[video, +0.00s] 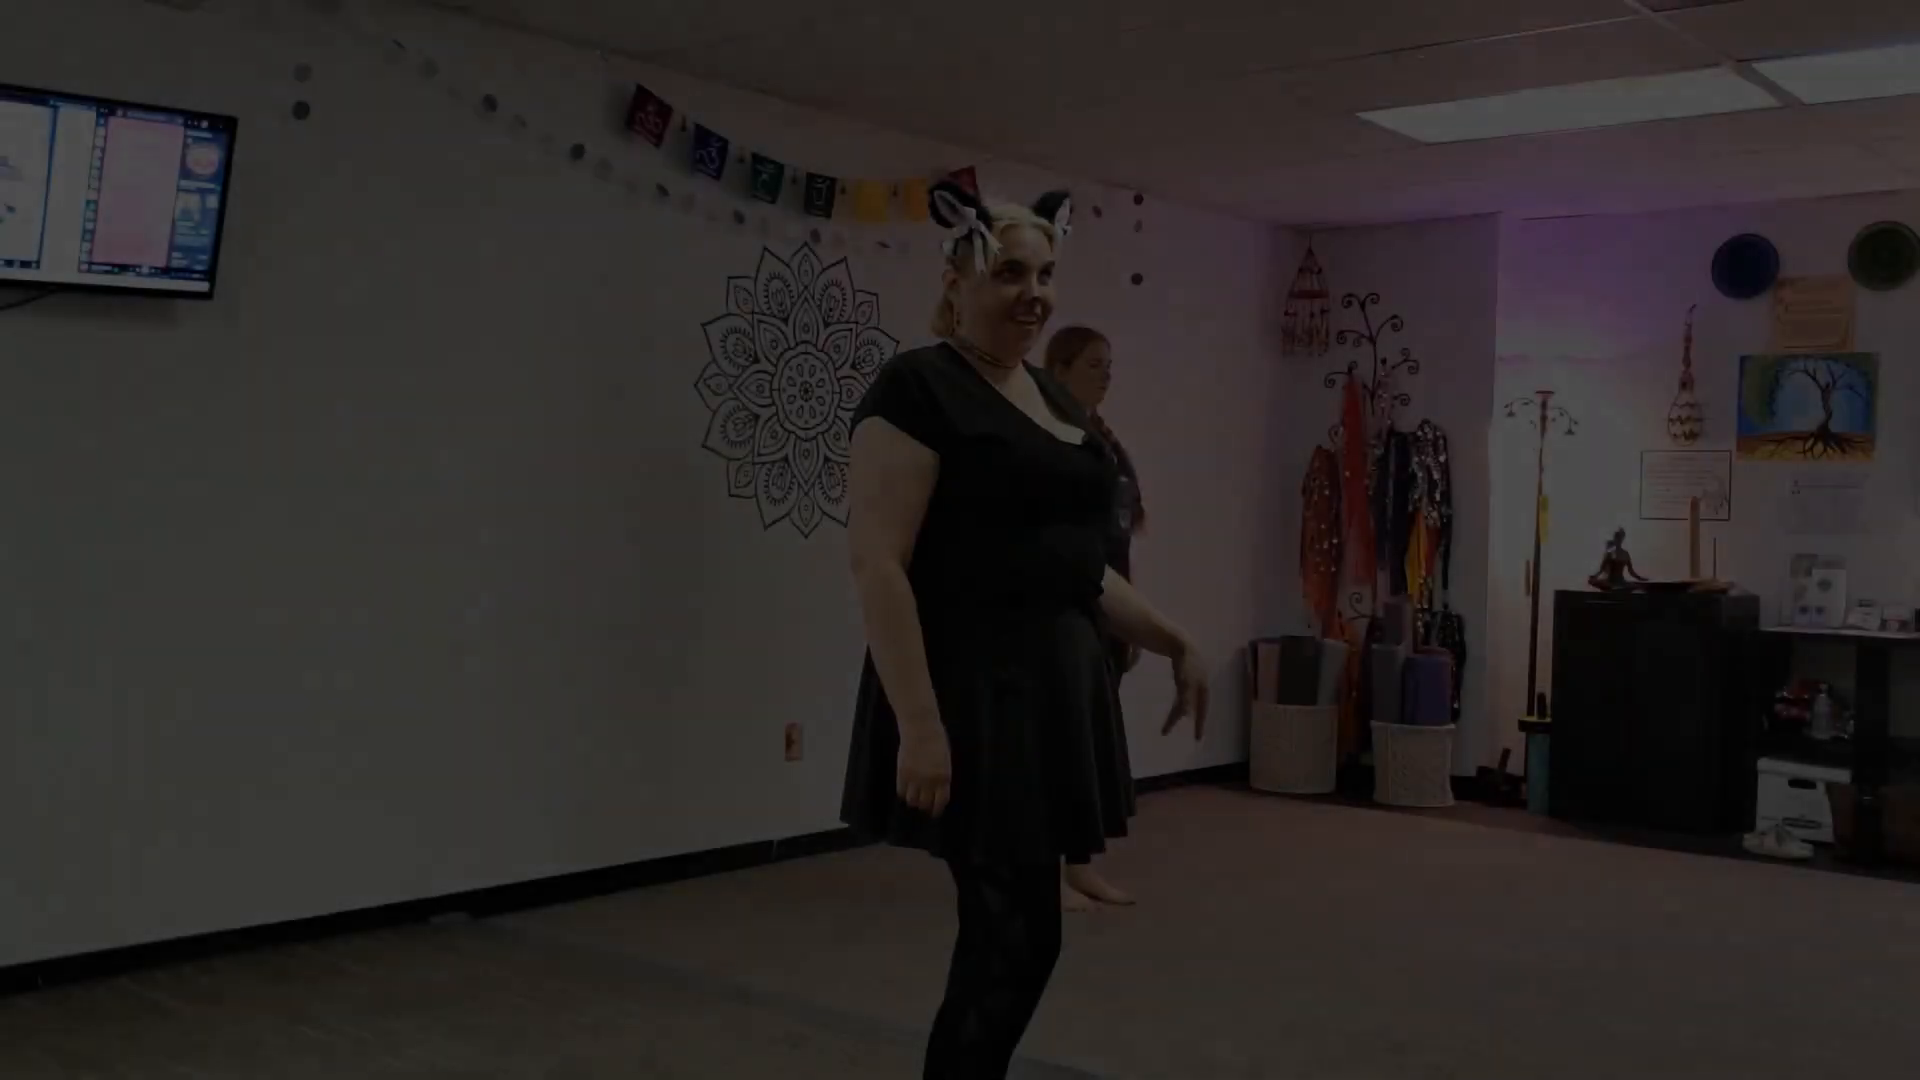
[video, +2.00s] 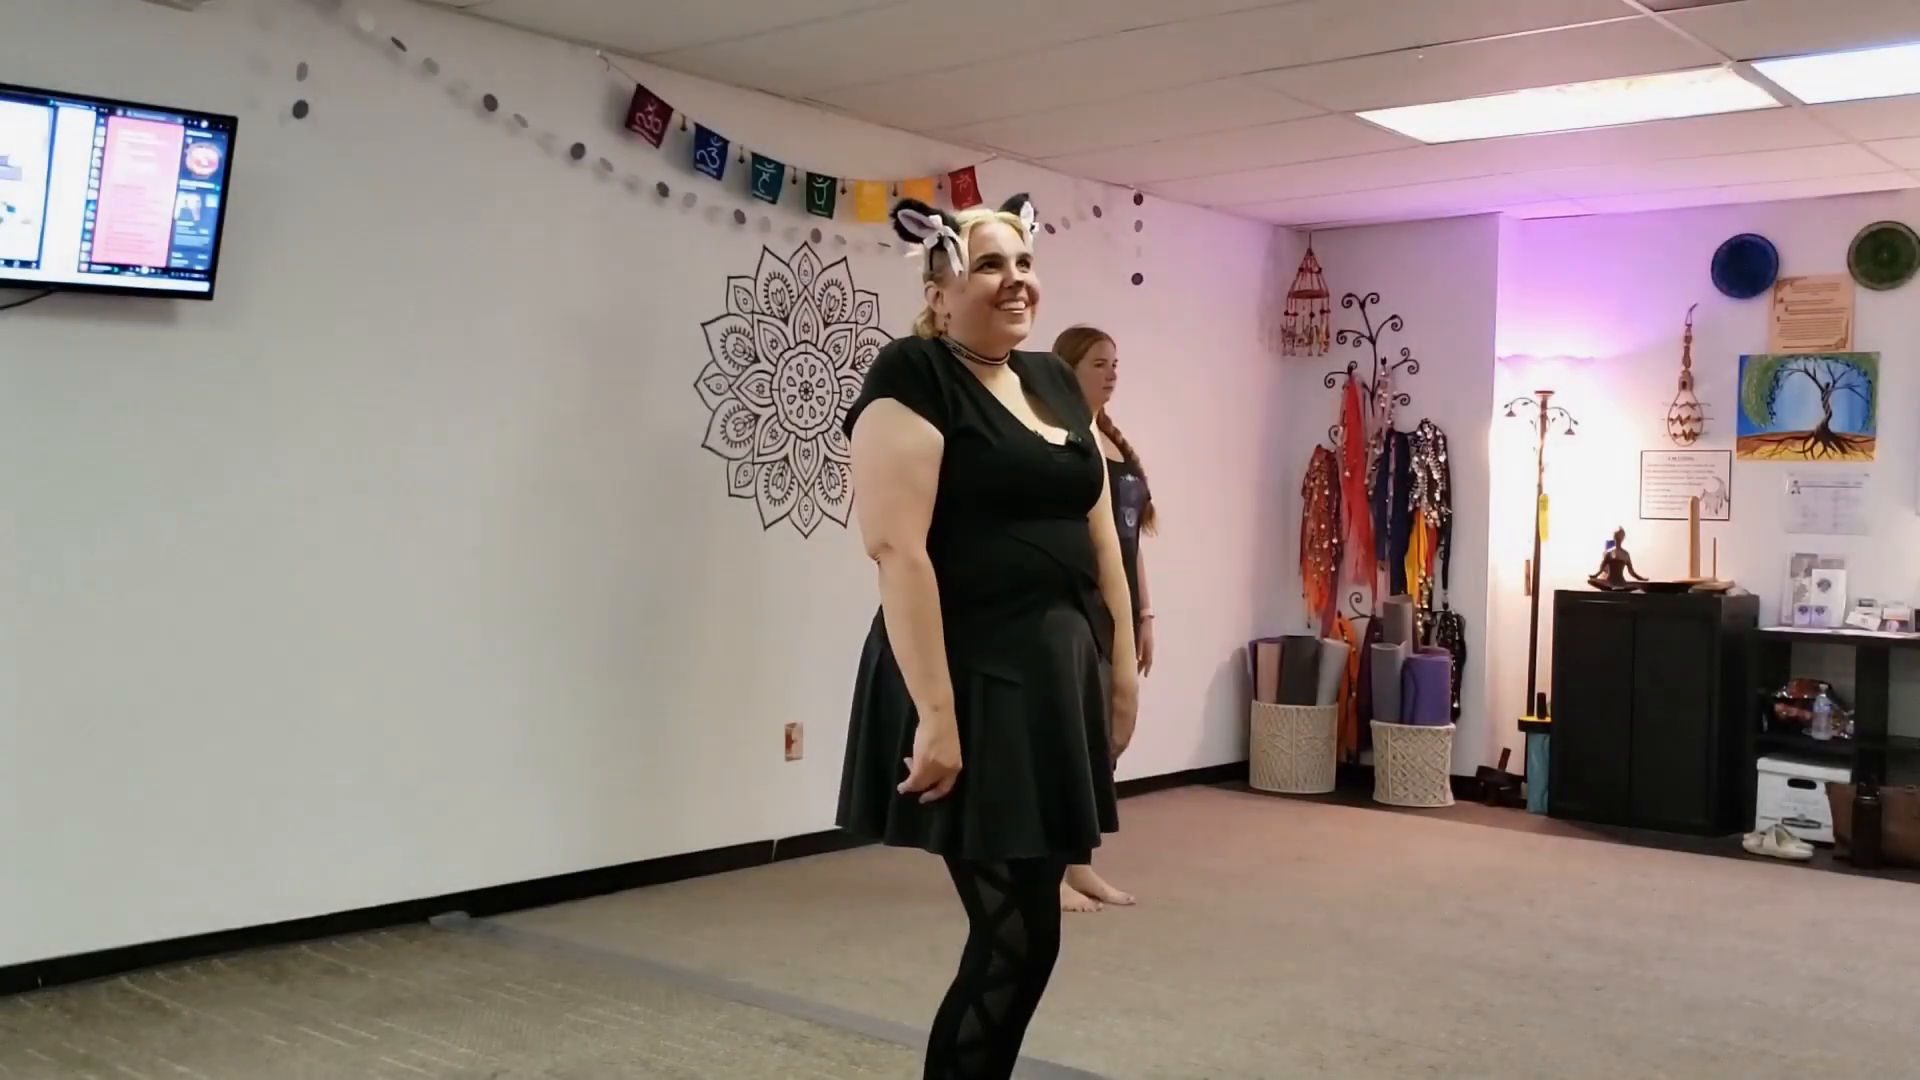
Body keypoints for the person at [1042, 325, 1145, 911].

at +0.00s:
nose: (1104, 377)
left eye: (1107, 368)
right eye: (1094, 368)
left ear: (1102, 375)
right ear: (1061, 369)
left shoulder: (1097, 436)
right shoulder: (1042, 432)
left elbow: (1118, 525)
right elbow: (1052, 536)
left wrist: (1127, 622)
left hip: (1102, 612)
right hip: (1052, 611)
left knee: (1093, 731)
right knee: (1049, 730)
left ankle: (1083, 858)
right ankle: (1052, 864)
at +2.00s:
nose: (1112, 374)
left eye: (1114, 364)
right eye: (1100, 364)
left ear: (1112, 373)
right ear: (1068, 370)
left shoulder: (1118, 443)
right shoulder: (1053, 438)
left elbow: (1130, 538)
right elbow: (1056, 532)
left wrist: (1144, 616)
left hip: (1112, 606)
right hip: (1063, 604)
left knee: (1095, 728)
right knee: (1057, 729)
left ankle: (1077, 859)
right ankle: (1048, 868)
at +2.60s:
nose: (1114, 374)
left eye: (1117, 365)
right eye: (1102, 365)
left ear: (1117, 373)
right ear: (1069, 370)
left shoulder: (1119, 441)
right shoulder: (1056, 435)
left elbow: (1132, 533)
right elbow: (1055, 527)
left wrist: (1145, 611)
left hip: (1116, 601)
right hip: (1068, 600)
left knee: (1101, 721)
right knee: (1073, 721)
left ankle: (1079, 853)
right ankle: (1072, 856)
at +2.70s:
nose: (1115, 374)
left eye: (1118, 364)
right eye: (1104, 365)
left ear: (1116, 372)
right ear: (1071, 368)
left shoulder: (1116, 435)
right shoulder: (1057, 430)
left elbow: (1137, 500)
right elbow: (1061, 511)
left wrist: (1142, 520)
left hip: (1122, 591)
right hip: (1074, 593)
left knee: (1093, 723)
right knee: (1075, 724)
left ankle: (1075, 861)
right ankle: (1076, 868)